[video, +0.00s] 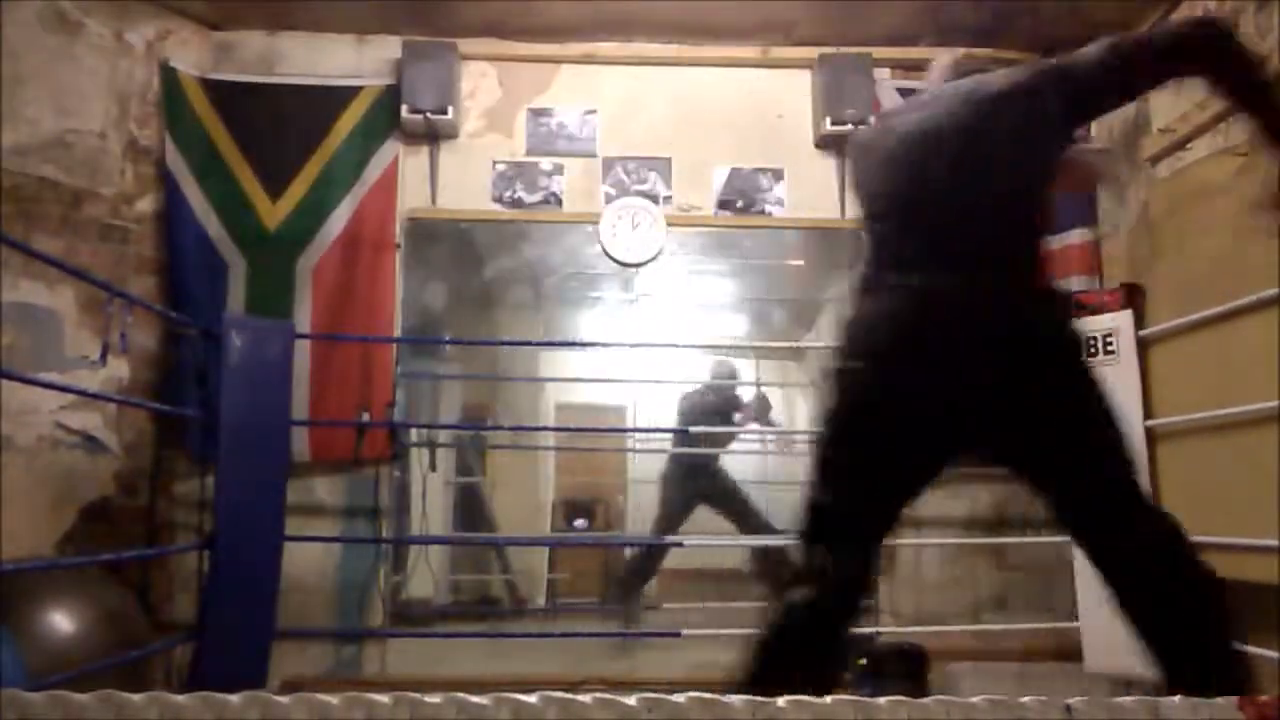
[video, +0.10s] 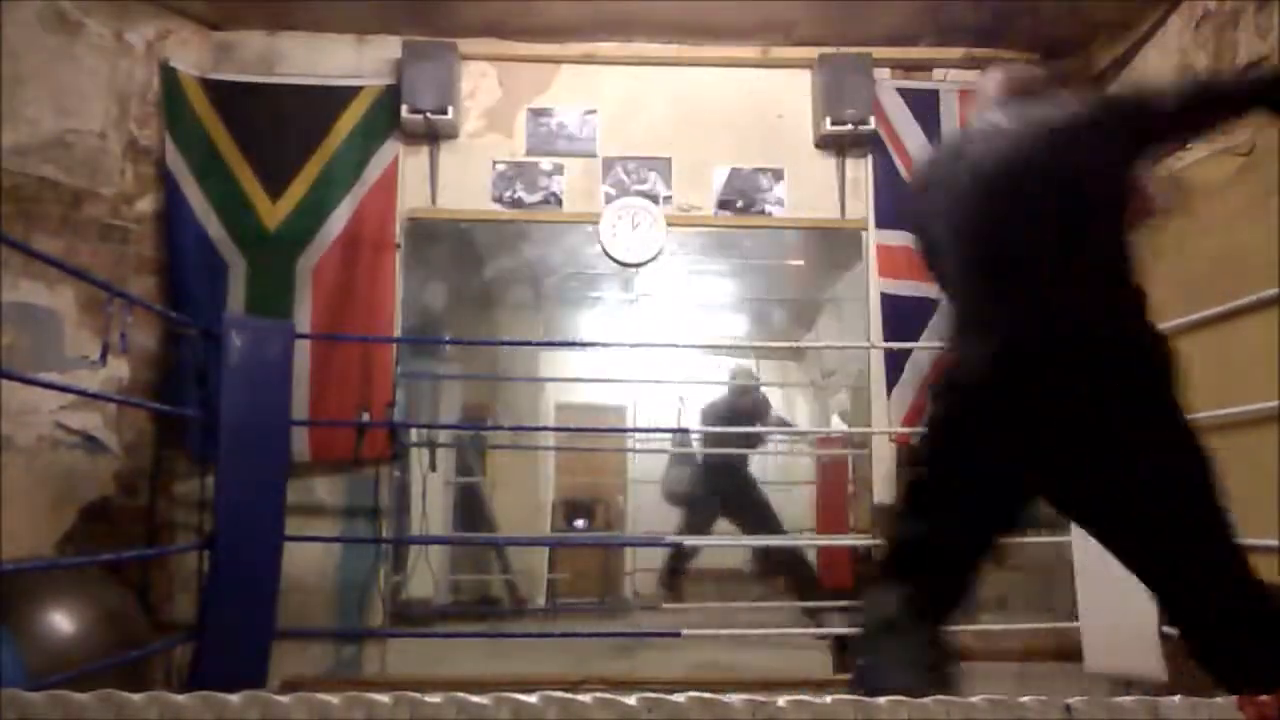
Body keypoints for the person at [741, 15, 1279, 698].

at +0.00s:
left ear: (925, 87)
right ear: (1005, 77)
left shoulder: (874, 138)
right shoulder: (1031, 93)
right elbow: (1196, 36)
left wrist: (921, 103)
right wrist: (1274, 121)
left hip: (893, 368)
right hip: (1019, 360)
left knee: (831, 559)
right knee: (1121, 531)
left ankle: (762, 715)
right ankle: (1222, 695)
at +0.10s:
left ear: (985, 104)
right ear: (1060, 90)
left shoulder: (935, 176)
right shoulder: (1092, 121)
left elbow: (955, 273)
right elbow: (1203, 98)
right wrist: (1266, 84)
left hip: (983, 407)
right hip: (1108, 398)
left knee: (918, 577)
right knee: (1200, 569)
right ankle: (1264, 682)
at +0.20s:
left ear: (1025, 174)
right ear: (1101, 159)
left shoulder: (990, 249)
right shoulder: (1160, 194)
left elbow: (1014, 378)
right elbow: (1267, 205)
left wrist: (1060, 428)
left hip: (1068, 476)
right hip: (1197, 460)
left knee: (1029, 663)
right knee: (1265, 638)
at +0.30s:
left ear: (1050, 223)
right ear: (1127, 208)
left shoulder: (1016, 285)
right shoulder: (1195, 243)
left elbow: (1031, 410)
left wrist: (1061, 476)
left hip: (1104, 502)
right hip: (1236, 483)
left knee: (1108, 670)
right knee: (1273, 651)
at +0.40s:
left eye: (1041, 243)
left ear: (1046, 239)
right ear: (1123, 228)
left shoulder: (1018, 289)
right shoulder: (1202, 264)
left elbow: (1033, 438)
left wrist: (1064, 535)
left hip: (1117, 518)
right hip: (1243, 508)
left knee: (1109, 697)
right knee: (1270, 683)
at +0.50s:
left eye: (1008, 237)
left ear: (1012, 233)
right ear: (1087, 224)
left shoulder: (1005, 275)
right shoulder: (1167, 264)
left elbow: (996, 403)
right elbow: (1234, 415)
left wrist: (977, 539)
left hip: (1111, 502)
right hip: (1232, 497)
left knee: (1017, 666)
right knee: (1264, 682)